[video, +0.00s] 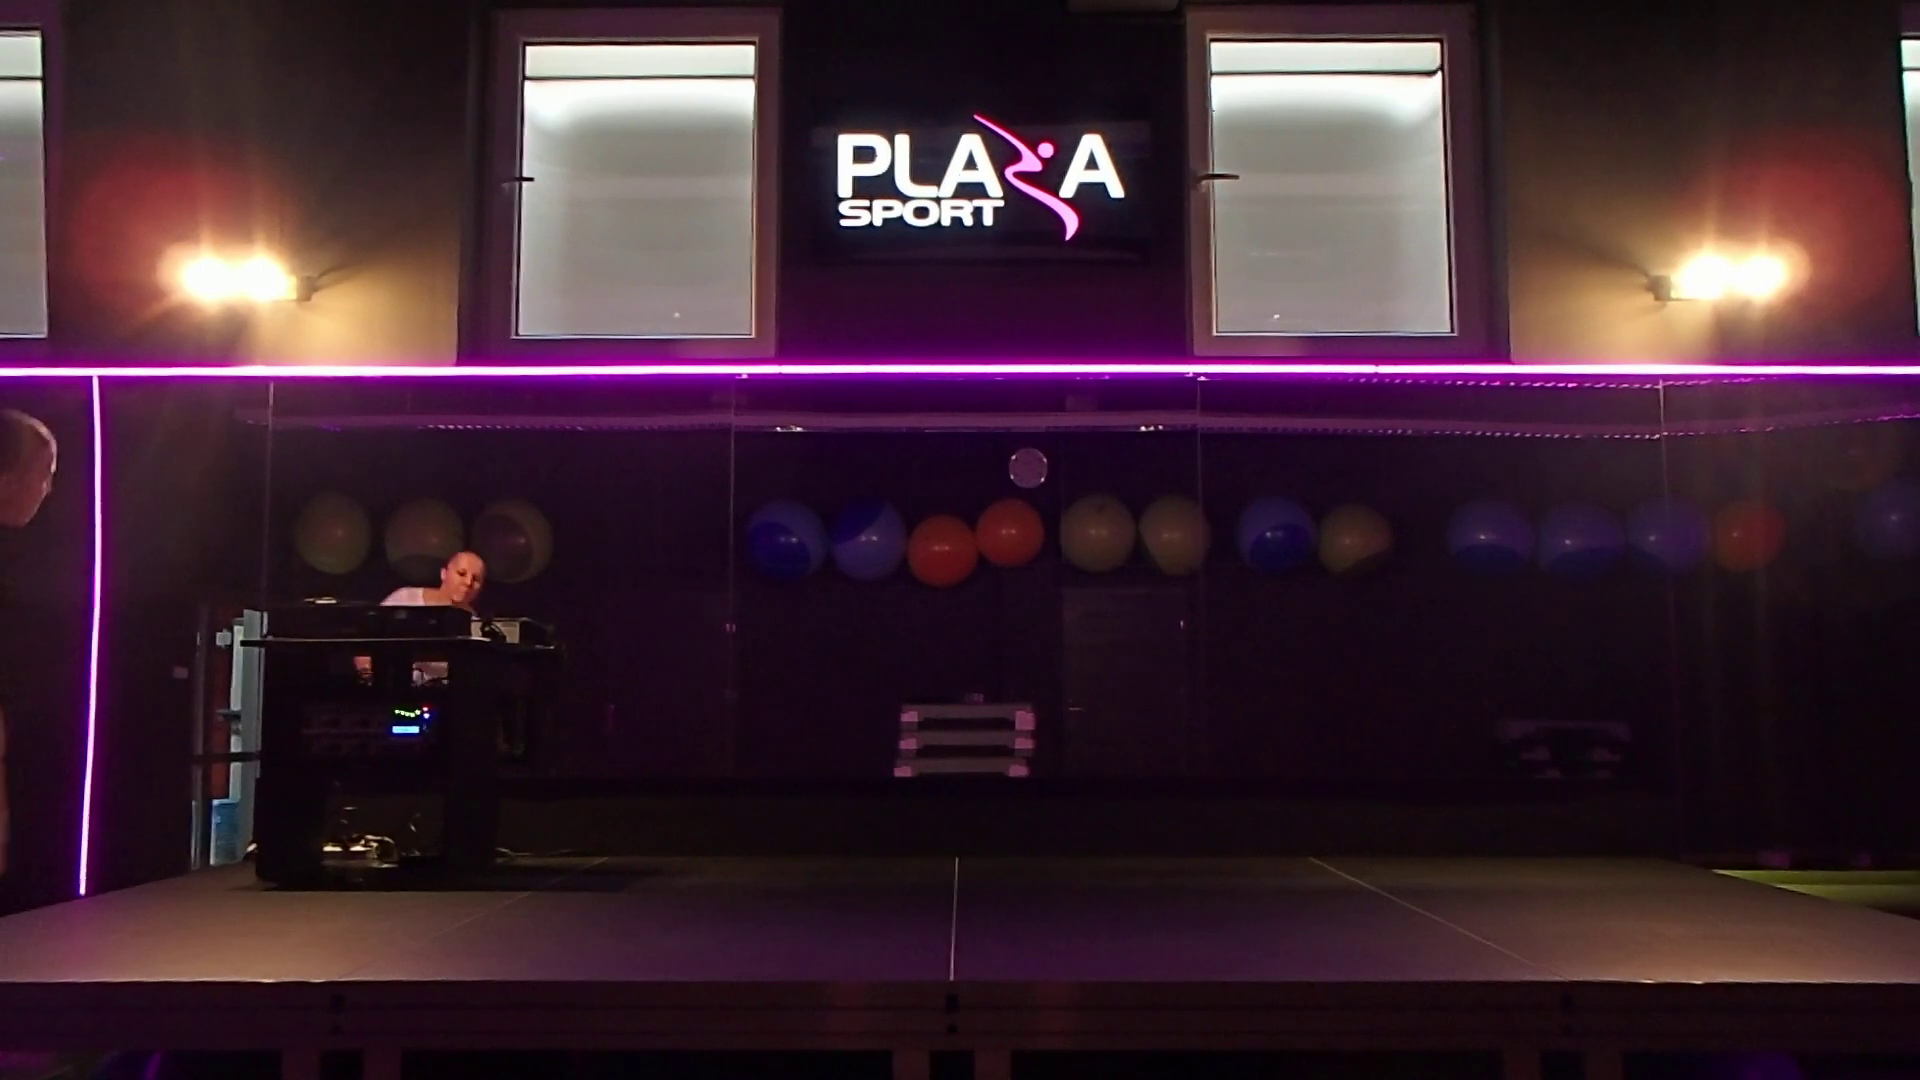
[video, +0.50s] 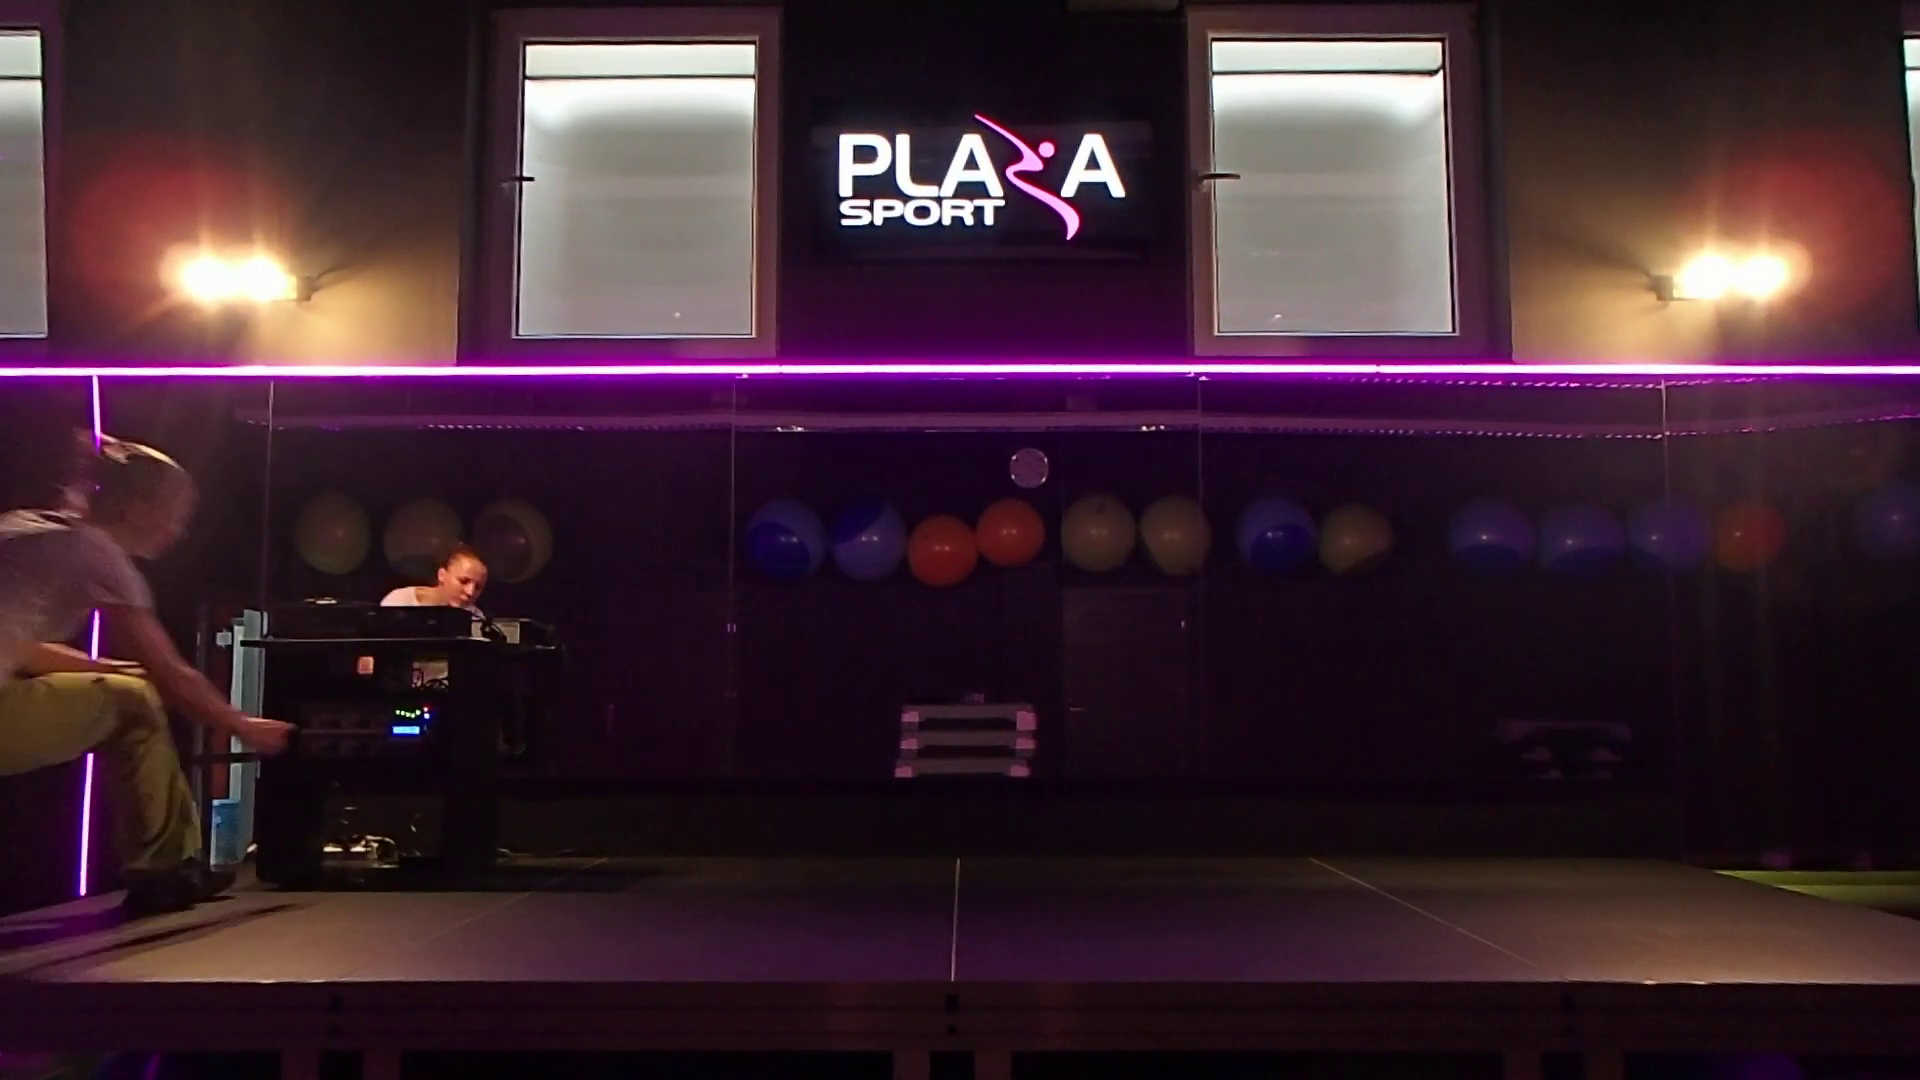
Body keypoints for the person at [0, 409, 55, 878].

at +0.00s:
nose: (49, 488)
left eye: (50, 477)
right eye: (44, 475)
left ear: (16, 477)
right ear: (11, 478)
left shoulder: (24, 550)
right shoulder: (14, 554)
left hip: (14, 699)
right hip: (10, 701)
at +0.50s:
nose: (178, 534)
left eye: (182, 521)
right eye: (175, 517)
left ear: (124, 502)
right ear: (137, 506)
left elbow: (22, 649)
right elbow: (171, 673)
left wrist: (118, 671)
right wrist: (244, 725)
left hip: (11, 694)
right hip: (7, 705)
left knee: (131, 695)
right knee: (136, 702)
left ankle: (165, 865)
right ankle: (161, 872)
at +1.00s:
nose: (358, 628)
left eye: (369, 620)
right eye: (366, 616)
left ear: (340, 570)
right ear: (349, 588)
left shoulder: (256, 567)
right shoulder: (305, 584)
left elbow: (226, 645)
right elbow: (303, 705)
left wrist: (299, 694)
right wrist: (350, 744)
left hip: (48, 587)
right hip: (123, 591)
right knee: (222, 715)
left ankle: (1, 864)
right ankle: (170, 872)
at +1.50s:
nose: (360, 641)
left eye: (371, 637)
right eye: (370, 631)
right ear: (361, 602)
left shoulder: (284, 568)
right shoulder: (323, 582)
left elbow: (236, 641)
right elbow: (300, 703)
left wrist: (300, 690)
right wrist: (347, 738)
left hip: (84, 562)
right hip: (128, 565)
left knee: (174, 709)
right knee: (222, 705)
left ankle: (159, 859)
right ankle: (176, 869)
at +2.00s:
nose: (354, 633)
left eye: (367, 630)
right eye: (365, 624)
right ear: (354, 592)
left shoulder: (277, 560)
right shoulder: (315, 572)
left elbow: (236, 638)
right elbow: (297, 695)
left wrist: (299, 689)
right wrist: (344, 734)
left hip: (79, 559)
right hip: (123, 563)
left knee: (161, 710)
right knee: (214, 701)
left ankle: (163, 862)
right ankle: (173, 869)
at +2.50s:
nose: (388, 553)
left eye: (396, 544)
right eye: (394, 540)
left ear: (369, 508)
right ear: (377, 515)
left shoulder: (305, 522)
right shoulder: (299, 496)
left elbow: (265, 607)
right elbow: (225, 577)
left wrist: (311, 681)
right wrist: (206, 680)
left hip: (134, 552)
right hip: (106, 547)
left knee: (181, 697)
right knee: (162, 698)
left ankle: (189, 863)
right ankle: (161, 874)